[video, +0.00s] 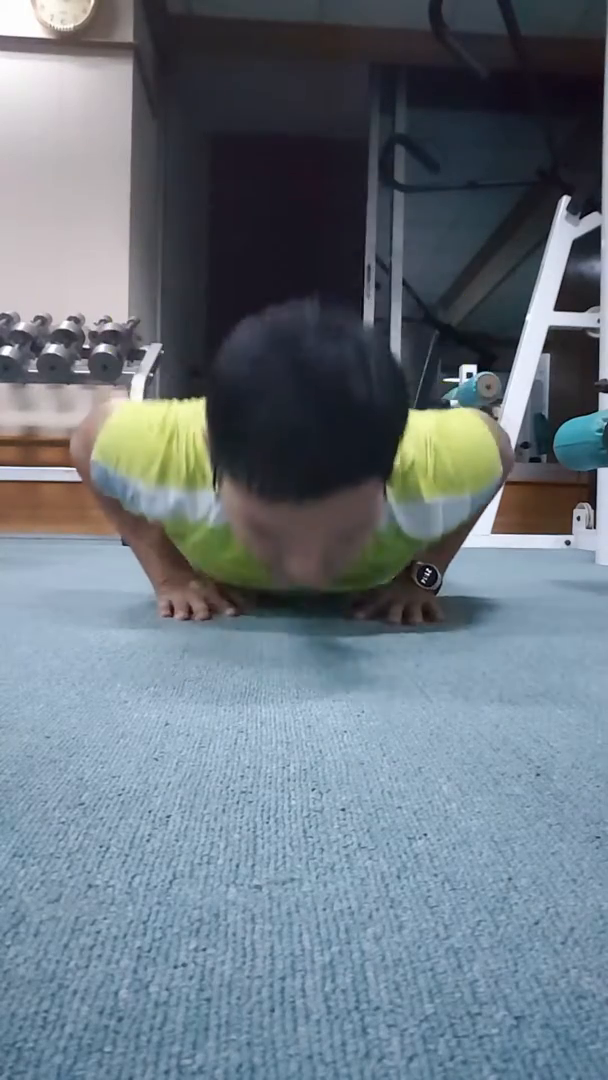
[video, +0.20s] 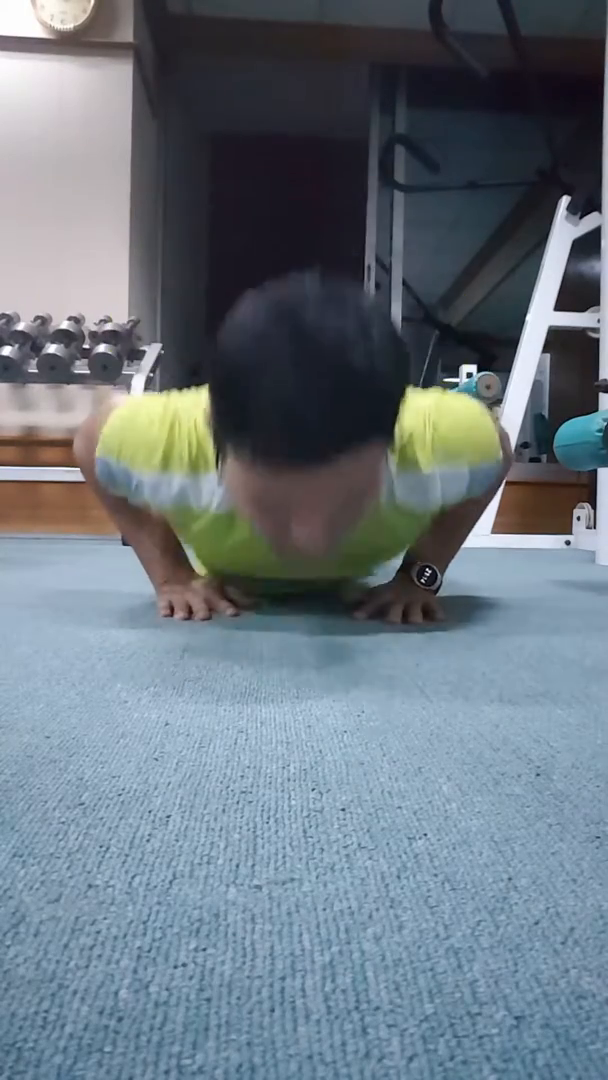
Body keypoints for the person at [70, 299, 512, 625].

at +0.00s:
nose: (306, 569)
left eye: (345, 537)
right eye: (267, 535)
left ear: (385, 477)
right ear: (215, 468)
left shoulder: (439, 468)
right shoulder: (159, 456)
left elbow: (493, 443)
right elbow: (88, 440)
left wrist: (423, 576)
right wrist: (172, 576)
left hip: (374, 570)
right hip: (228, 570)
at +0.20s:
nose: (308, 534)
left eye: (342, 501)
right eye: (272, 504)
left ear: (384, 450)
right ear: (221, 448)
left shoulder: (448, 443)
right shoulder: (156, 444)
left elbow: (489, 456)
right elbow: (91, 442)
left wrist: (419, 576)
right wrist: (172, 574)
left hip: (362, 565)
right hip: (229, 561)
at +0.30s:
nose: (313, 456)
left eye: (347, 419)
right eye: (277, 421)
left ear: (385, 369)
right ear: (219, 357)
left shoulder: (448, 397)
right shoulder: (160, 397)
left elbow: (485, 454)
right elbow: (97, 446)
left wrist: (419, 575)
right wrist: (172, 575)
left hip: (340, 551)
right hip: (227, 552)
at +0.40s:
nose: (317, 351)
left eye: (348, 314)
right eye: (280, 319)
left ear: (386, 272)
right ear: (222, 269)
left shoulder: (442, 341)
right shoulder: (162, 345)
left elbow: (480, 452)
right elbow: (106, 446)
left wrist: (417, 577)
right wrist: (174, 575)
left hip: (344, 506)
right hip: (232, 510)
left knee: (329, 533)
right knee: (246, 535)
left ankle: (303, 551)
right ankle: (262, 547)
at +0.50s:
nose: (317, 261)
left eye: (350, 224)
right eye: (281, 228)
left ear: (387, 192)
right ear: (227, 192)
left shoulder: (433, 288)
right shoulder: (174, 288)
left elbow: (471, 442)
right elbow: (117, 436)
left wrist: (418, 576)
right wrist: (175, 575)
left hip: (342, 484)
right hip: (236, 491)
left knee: (324, 515)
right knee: (251, 525)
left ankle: (313, 531)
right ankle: (268, 533)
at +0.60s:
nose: (318, 189)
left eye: (348, 152)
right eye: (283, 154)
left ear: (384, 128)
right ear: (232, 132)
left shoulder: (428, 249)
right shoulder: (183, 244)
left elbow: (451, 427)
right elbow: (138, 423)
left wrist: (415, 577)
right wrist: (176, 576)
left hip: (340, 464)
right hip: (238, 464)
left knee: (315, 504)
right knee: (253, 506)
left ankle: (301, 520)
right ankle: (261, 520)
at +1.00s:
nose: (307, 254)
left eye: (341, 211)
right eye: (272, 211)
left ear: (381, 195)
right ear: (225, 195)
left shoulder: (428, 298)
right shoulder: (177, 282)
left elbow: (462, 444)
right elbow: (126, 431)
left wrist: (416, 574)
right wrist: (168, 574)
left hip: (338, 489)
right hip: (236, 489)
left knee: (316, 516)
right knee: (249, 521)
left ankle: (303, 530)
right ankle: (260, 528)